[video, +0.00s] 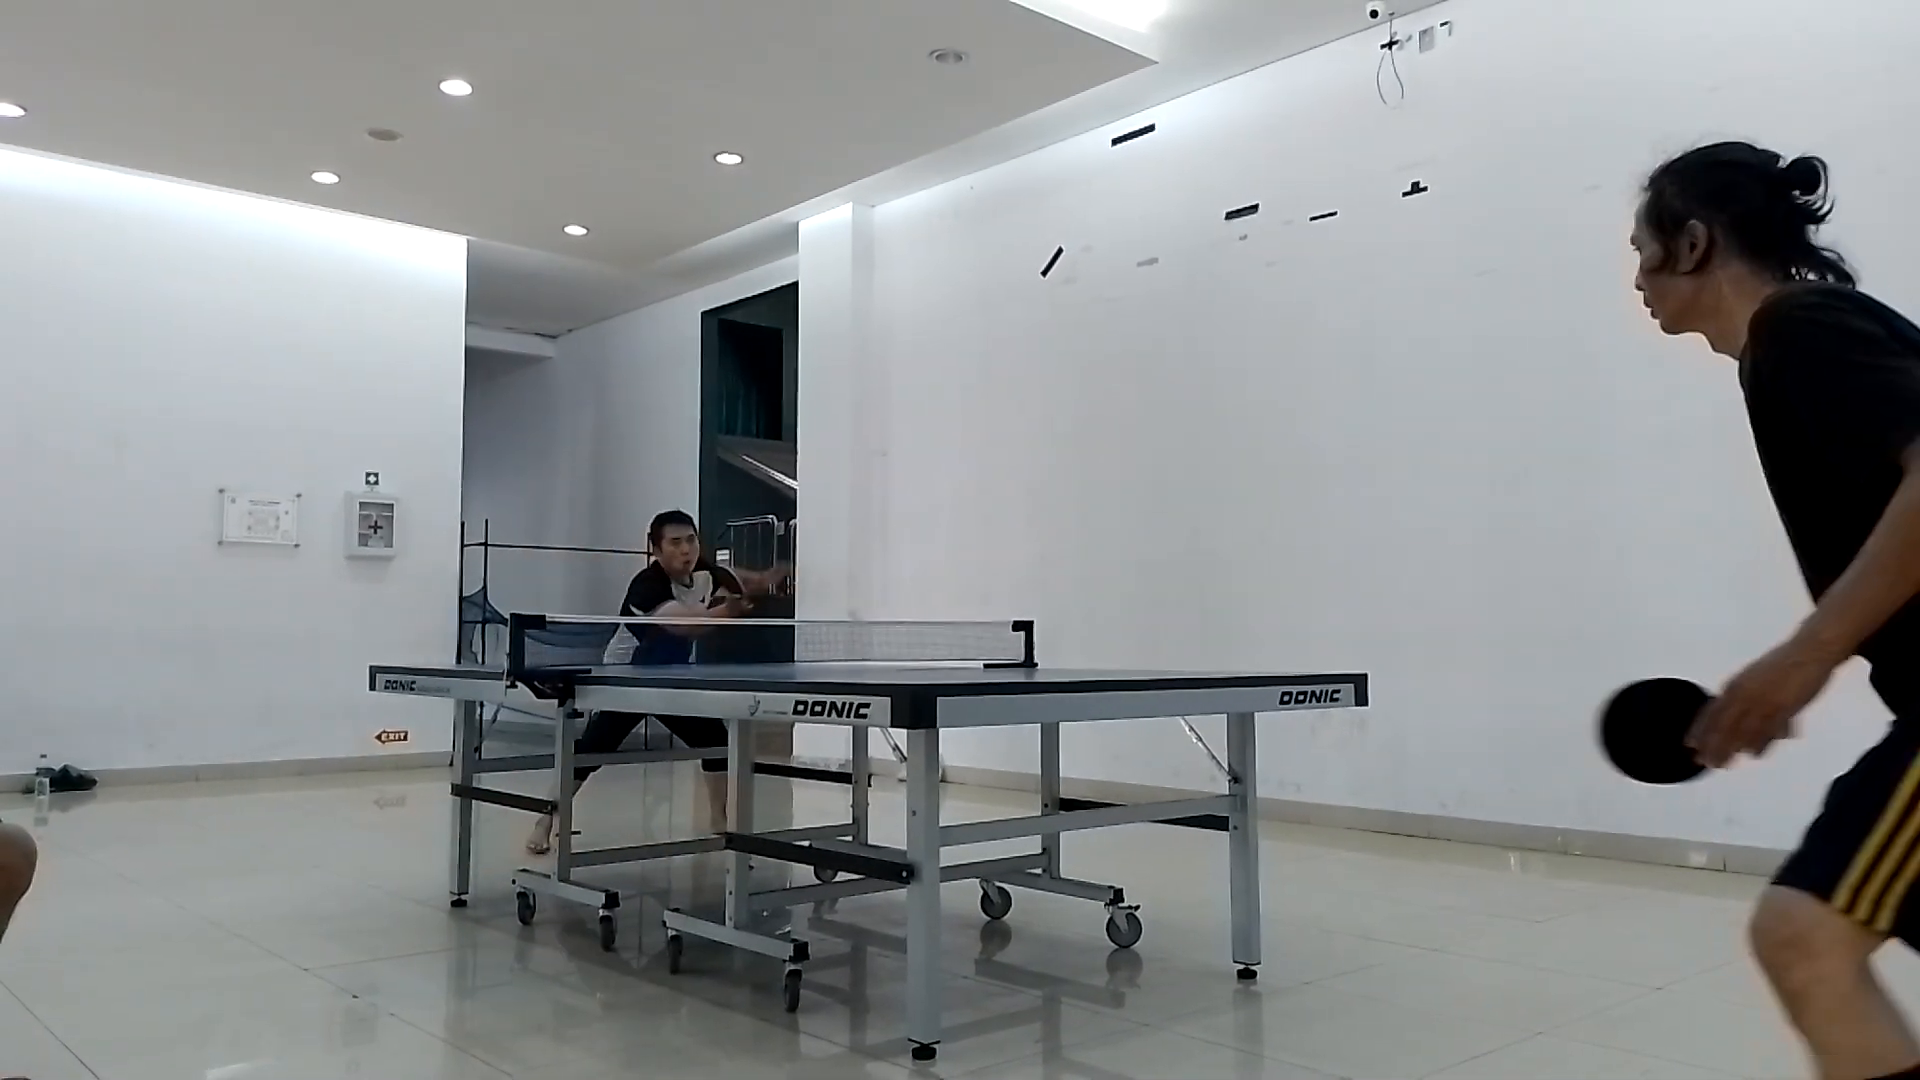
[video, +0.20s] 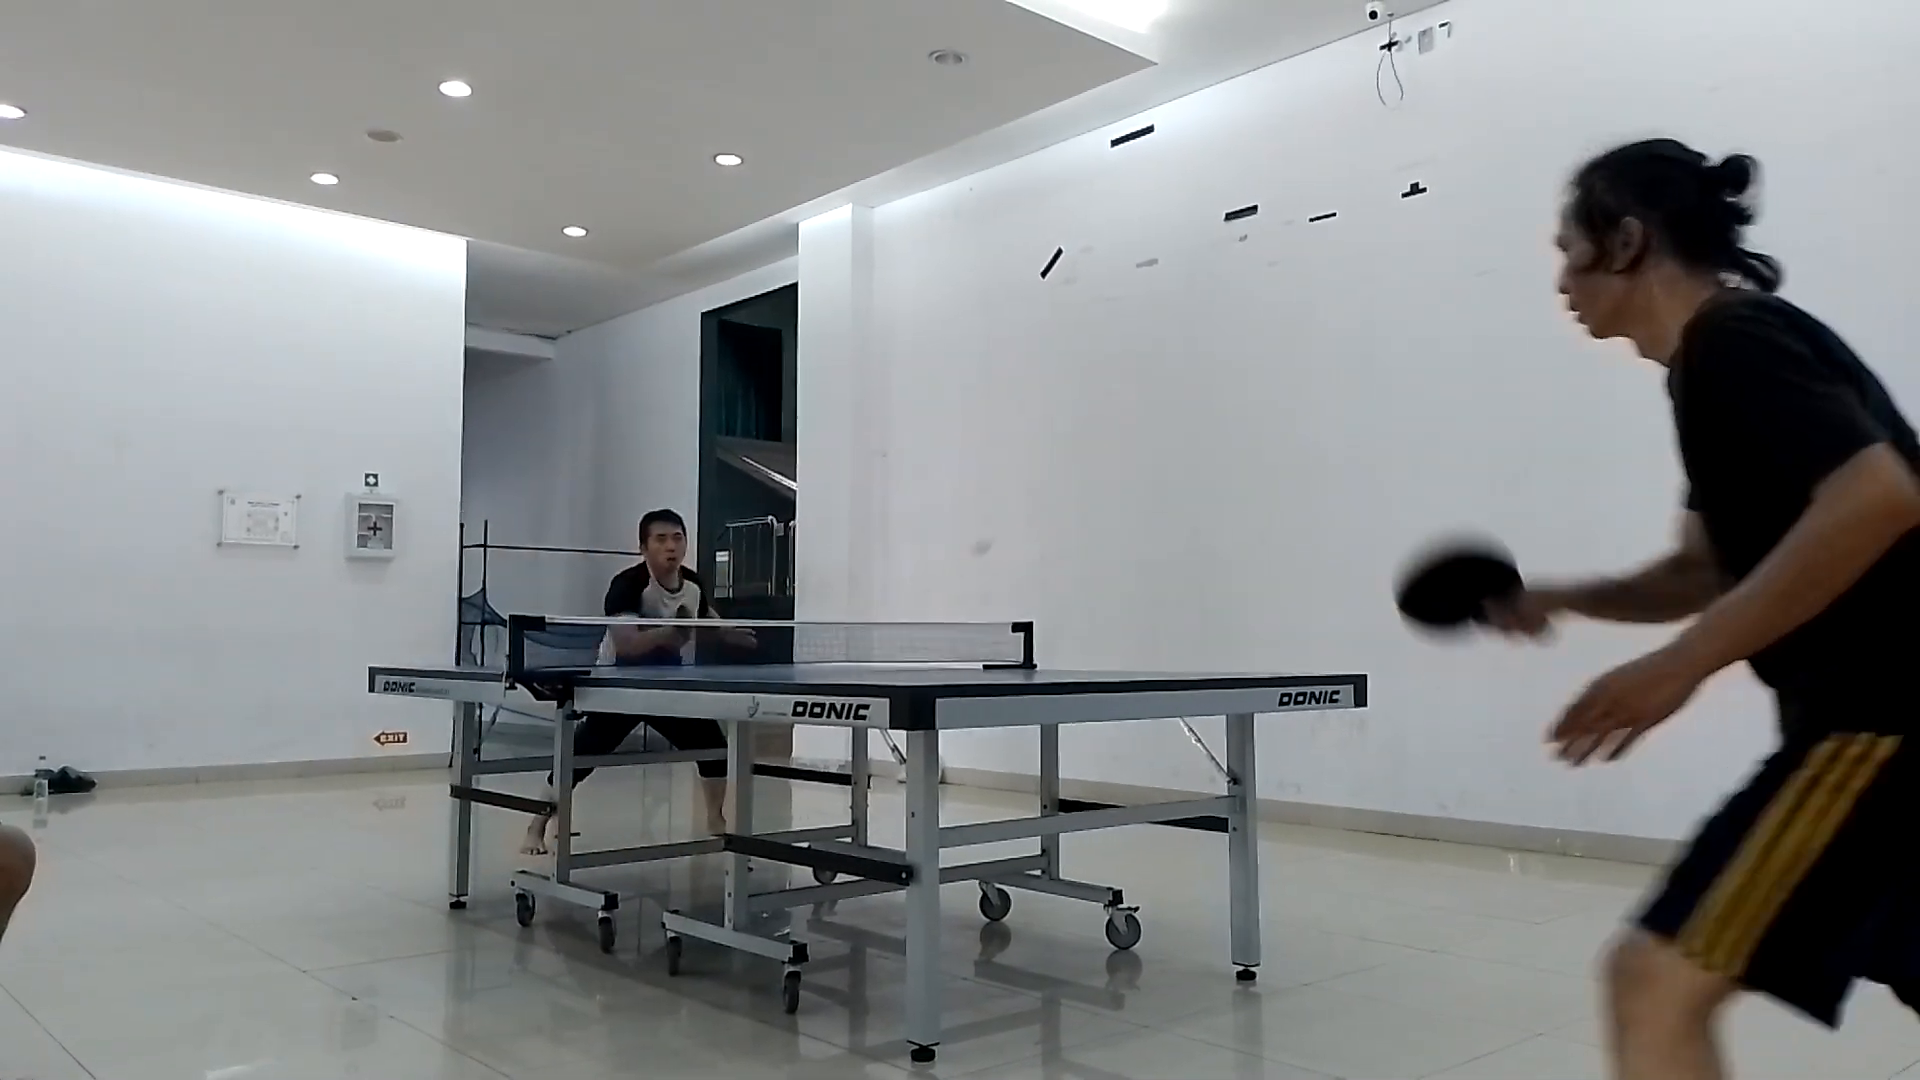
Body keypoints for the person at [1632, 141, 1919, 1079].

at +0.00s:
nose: (1638, 283)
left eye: (1641, 254)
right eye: (1635, 259)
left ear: (1698, 243)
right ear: (1715, 242)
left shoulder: (1804, 331)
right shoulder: (1796, 342)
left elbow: (1919, 478)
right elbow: (1889, 542)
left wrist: (1802, 659)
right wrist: (1785, 683)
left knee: (1803, 935)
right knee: (1808, 936)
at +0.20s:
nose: (1560, 283)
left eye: (1566, 252)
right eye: (1559, 257)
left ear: (1628, 242)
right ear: (1637, 244)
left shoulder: (1737, 344)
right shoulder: (1710, 364)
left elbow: (1878, 493)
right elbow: (1711, 571)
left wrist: (1682, 663)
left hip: (1886, 727)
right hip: (1876, 725)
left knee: (1656, 983)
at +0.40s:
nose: (1430, 307)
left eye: (1434, 275)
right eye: (1424, 280)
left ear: (1503, 244)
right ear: (1503, 244)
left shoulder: (1645, 337)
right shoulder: (1585, 377)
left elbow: (1758, 508)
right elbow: (1533, 573)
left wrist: (1535, 664)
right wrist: (1446, 527)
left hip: (1808, 728)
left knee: (1538, 983)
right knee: (1904, 993)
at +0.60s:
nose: (1360, 328)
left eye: (1355, 302)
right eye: (1347, 309)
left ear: (1416, 267)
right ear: (1422, 272)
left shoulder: (1622, 322)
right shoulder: (1511, 417)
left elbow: (1873, 375)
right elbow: (1549, 587)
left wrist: (1739, 539)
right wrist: (1567, 752)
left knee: (1549, 983)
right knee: (1884, 982)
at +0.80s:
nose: (1405, 298)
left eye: (1404, 269)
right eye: (1399, 276)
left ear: (1458, 250)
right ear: (1467, 253)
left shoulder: (1621, 323)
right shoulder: (1580, 371)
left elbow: (1842, 366)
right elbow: (1686, 556)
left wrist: (1761, 523)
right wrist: (1643, 718)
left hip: (1828, 687)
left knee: (1561, 960)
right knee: (1888, 969)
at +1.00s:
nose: (1574, 307)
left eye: (1576, 281)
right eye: (1571, 286)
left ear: (1628, 265)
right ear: (1637, 266)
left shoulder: (1776, 334)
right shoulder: (1746, 369)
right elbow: (1799, 586)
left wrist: (1908, 637)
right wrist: (1645, 700)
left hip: (1898, 720)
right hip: (1882, 722)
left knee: (1759, 959)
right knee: (1909, 999)